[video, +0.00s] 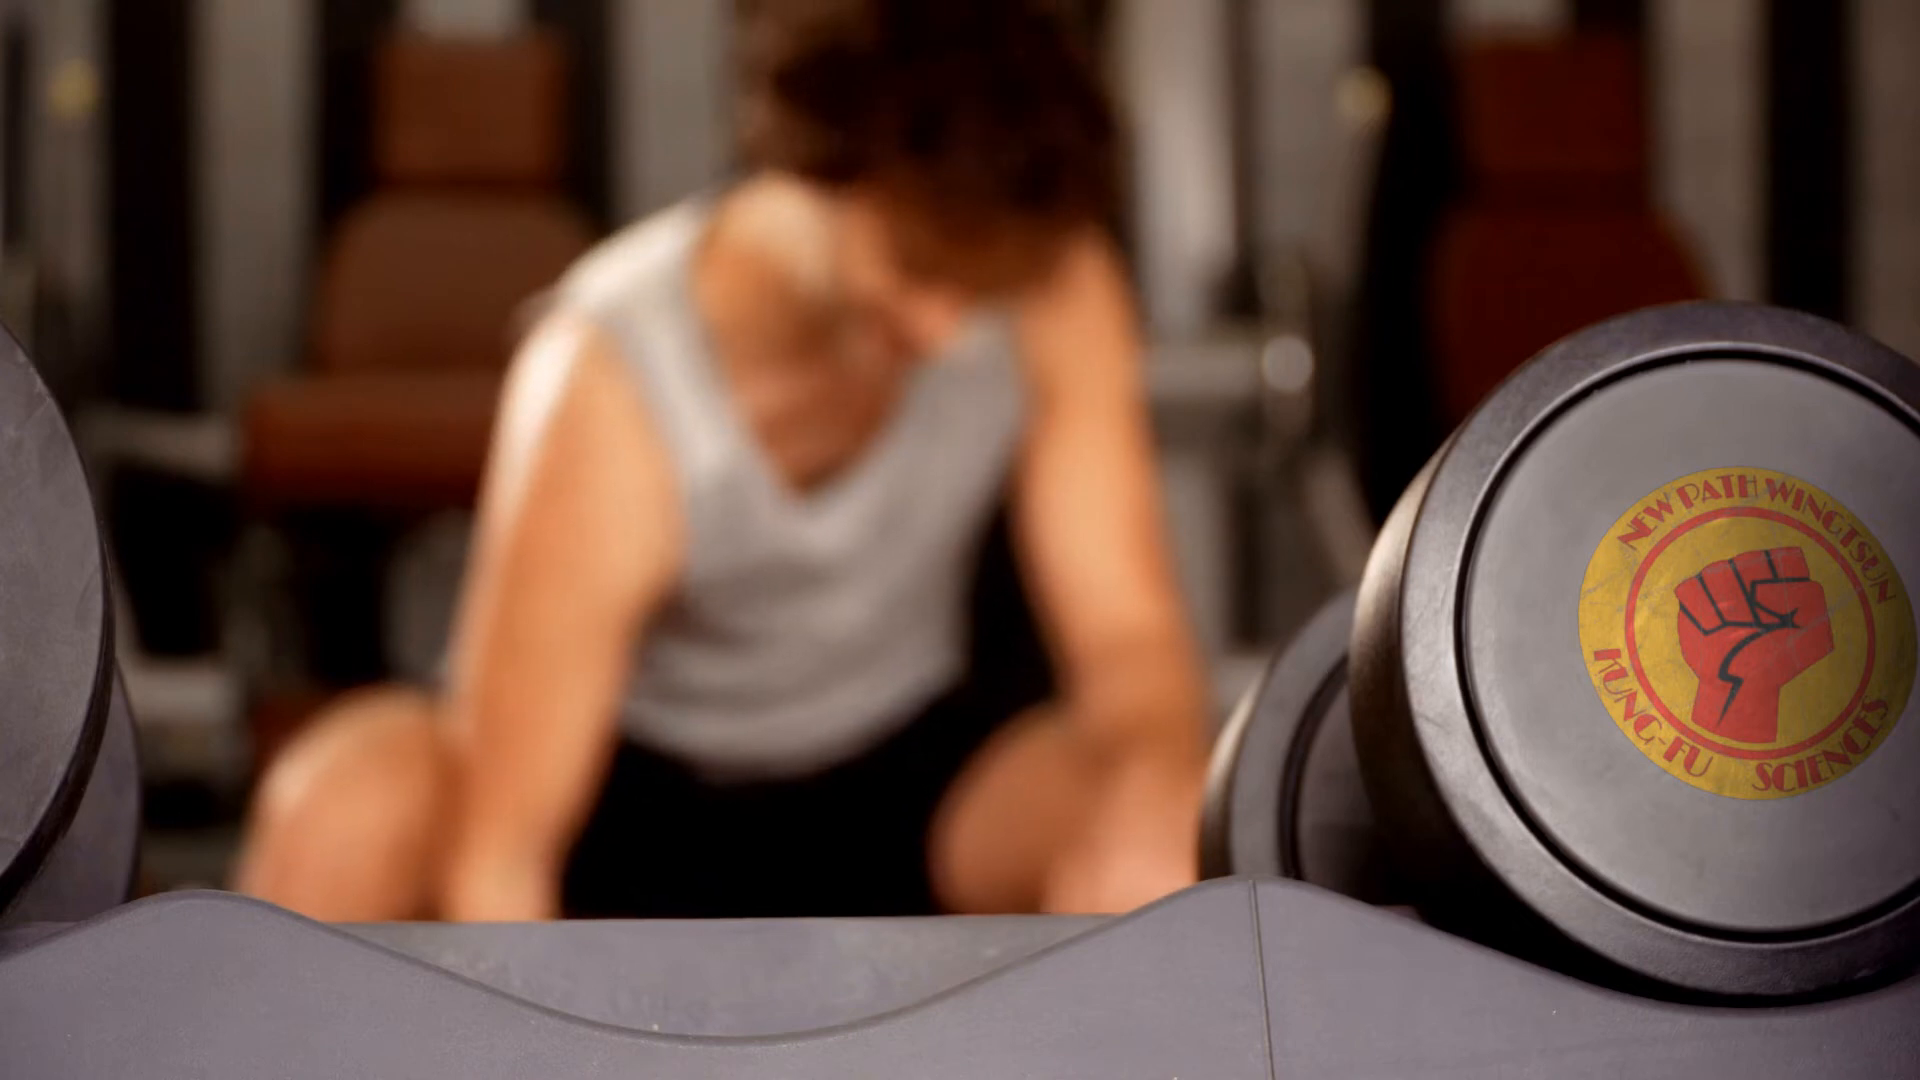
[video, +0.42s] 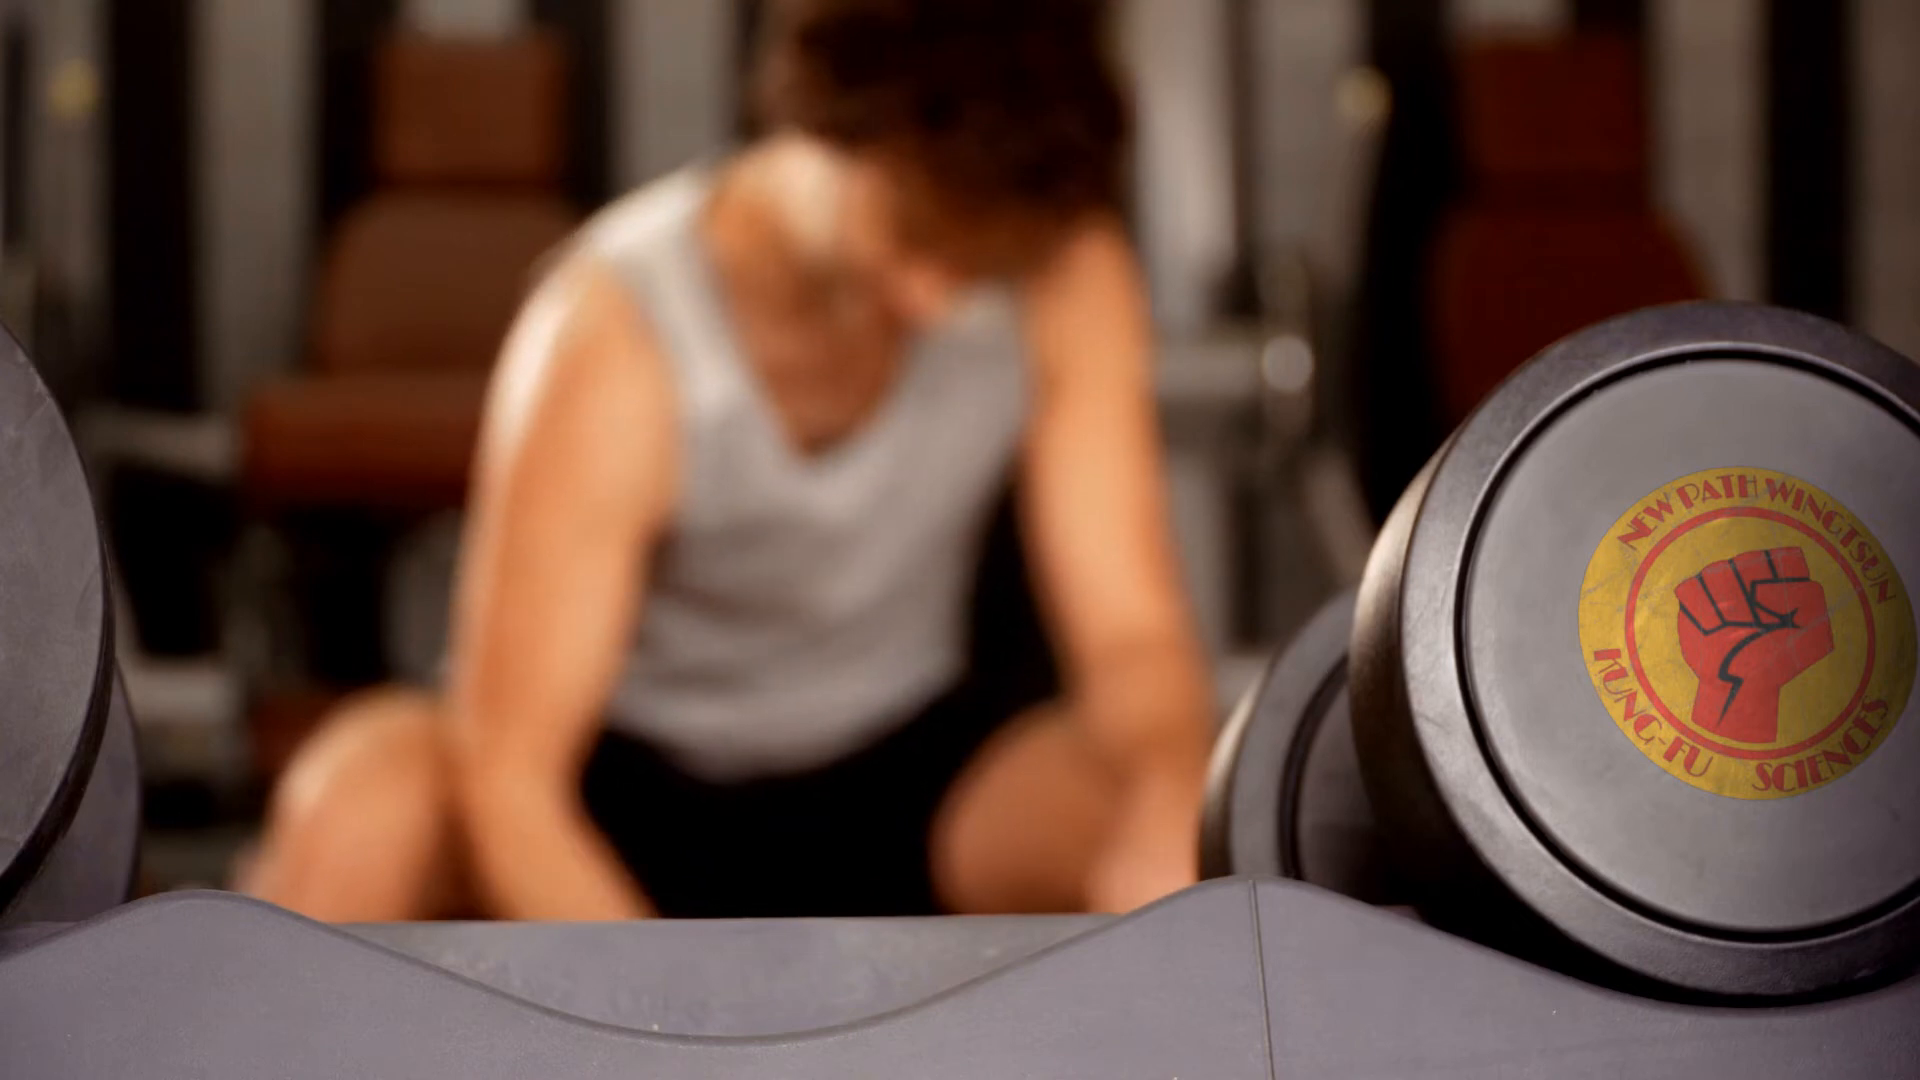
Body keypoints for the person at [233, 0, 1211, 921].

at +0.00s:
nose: (946, 331)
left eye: (991, 286)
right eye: (914, 274)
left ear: (1040, 243)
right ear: (821, 175)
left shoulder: (1049, 276)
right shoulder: (611, 375)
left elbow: (1129, 654)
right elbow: (504, 849)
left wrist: (1149, 855)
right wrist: (535, 1074)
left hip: (902, 789)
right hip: (627, 804)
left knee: (1156, 803)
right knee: (343, 790)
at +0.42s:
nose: (932, 304)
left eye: (983, 268)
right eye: (910, 247)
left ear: (1043, 225)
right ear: (828, 141)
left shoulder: (1058, 261)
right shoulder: (611, 323)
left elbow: (1132, 644)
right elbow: (508, 773)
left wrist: (1159, 842)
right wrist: (677, 1021)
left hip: (902, 782)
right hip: (629, 795)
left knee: (1179, 807)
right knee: (360, 787)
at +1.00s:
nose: (880, 303)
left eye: (922, 264)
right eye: (856, 247)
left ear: (978, 210)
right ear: (764, 147)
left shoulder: (1009, 260)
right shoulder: (492, 318)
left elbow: (1119, 634)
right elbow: (510, 748)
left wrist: (1182, 873)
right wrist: (733, 696)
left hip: (898, 782)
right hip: (599, 790)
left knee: (1170, 810)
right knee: (351, 800)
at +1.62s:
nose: (893, 270)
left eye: (942, 233)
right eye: (869, 214)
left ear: (1001, 179)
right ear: (782, 116)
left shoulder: (1033, 256)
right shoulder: (544, 314)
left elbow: (1127, 642)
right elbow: (515, 750)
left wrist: (1187, 818)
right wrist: (842, 821)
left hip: (898, 794)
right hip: (607, 797)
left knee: (1190, 793)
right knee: (361, 786)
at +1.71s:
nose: (903, 272)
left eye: (953, 232)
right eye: (877, 212)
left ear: (1010, 179)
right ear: (789, 115)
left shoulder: (1043, 257)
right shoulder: (562, 312)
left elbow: (1130, 641)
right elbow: (512, 756)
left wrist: (1204, 820)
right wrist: (729, 898)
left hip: (906, 767)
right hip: (623, 776)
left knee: (1198, 813)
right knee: (357, 796)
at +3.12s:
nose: (916, 246)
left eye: (965, 200)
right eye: (883, 185)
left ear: (1012, 162)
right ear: (787, 96)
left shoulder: (1044, 254)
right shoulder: (587, 312)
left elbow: (1129, 637)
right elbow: (507, 749)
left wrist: (1183, 848)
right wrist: (678, 959)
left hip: (903, 773)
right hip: (627, 786)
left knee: (1186, 808)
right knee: (365, 788)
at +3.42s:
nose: (906, 229)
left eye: (953, 181)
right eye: (871, 166)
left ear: (1006, 145)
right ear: (772, 78)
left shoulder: (1029, 255)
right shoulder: (537, 310)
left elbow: (1129, 628)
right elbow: (517, 725)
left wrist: (1189, 830)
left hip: (889, 807)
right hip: (615, 812)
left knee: (1186, 784)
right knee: (378, 778)